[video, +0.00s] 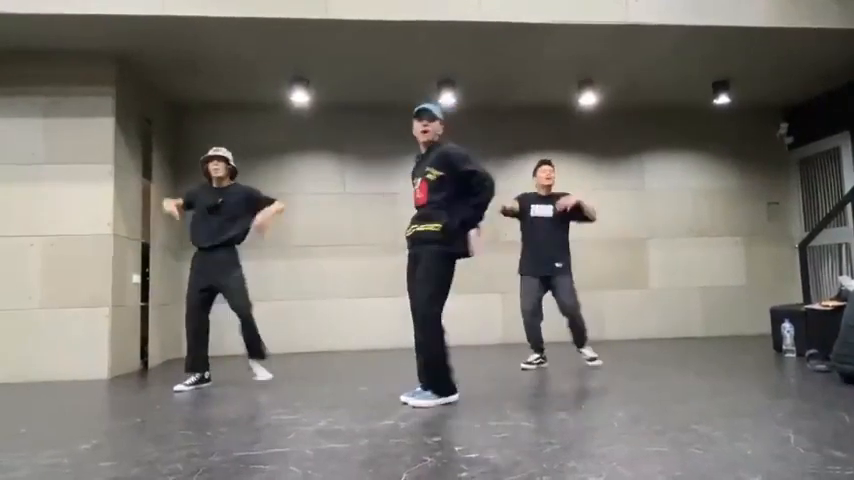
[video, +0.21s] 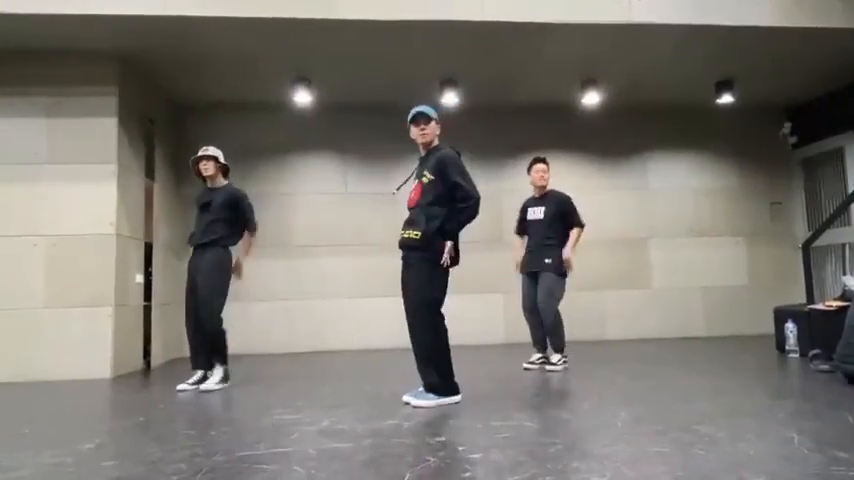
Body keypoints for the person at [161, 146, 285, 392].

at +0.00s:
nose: (215, 165)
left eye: (219, 162)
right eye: (211, 162)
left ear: (229, 167)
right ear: (206, 167)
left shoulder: (242, 192)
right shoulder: (200, 192)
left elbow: (278, 204)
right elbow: (172, 203)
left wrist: (266, 215)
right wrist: (170, 206)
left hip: (227, 260)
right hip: (201, 262)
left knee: (244, 310)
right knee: (195, 317)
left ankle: (256, 360)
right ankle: (199, 372)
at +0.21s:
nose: (204, 165)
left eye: (208, 161)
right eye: (201, 162)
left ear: (220, 165)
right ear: (199, 168)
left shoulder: (235, 194)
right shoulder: (204, 196)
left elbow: (251, 228)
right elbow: (208, 228)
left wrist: (240, 258)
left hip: (218, 255)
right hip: (198, 255)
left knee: (208, 314)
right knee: (193, 315)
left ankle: (220, 370)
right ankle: (201, 369)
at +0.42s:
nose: (203, 169)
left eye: (206, 164)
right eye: (200, 166)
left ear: (219, 166)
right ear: (199, 171)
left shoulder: (230, 195)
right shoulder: (209, 196)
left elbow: (236, 235)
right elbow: (206, 231)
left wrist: (228, 264)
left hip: (213, 255)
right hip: (196, 254)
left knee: (211, 314)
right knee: (194, 315)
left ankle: (223, 371)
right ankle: (204, 367)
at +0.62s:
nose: (204, 169)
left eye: (207, 164)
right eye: (201, 166)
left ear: (219, 166)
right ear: (200, 171)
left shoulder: (231, 194)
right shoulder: (210, 195)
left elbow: (235, 233)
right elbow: (211, 228)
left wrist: (233, 259)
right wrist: (228, 257)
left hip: (215, 254)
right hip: (198, 254)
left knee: (214, 314)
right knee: (197, 313)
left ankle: (225, 371)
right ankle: (206, 367)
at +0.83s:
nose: (205, 167)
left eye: (209, 162)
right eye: (203, 164)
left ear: (221, 164)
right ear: (202, 168)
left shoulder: (234, 193)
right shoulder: (209, 195)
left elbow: (240, 233)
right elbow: (202, 231)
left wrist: (237, 267)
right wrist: (190, 258)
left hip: (219, 256)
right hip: (202, 256)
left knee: (219, 313)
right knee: (200, 313)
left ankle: (227, 368)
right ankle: (208, 365)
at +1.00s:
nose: (207, 163)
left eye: (212, 159)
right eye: (205, 160)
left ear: (223, 161)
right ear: (203, 165)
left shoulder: (238, 190)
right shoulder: (205, 192)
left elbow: (242, 229)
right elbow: (198, 227)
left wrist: (233, 262)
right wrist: (185, 253)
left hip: (225, 254)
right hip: (206, 254)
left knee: (224, 311)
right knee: (204, 310)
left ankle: (229, 368)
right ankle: (210, 364)